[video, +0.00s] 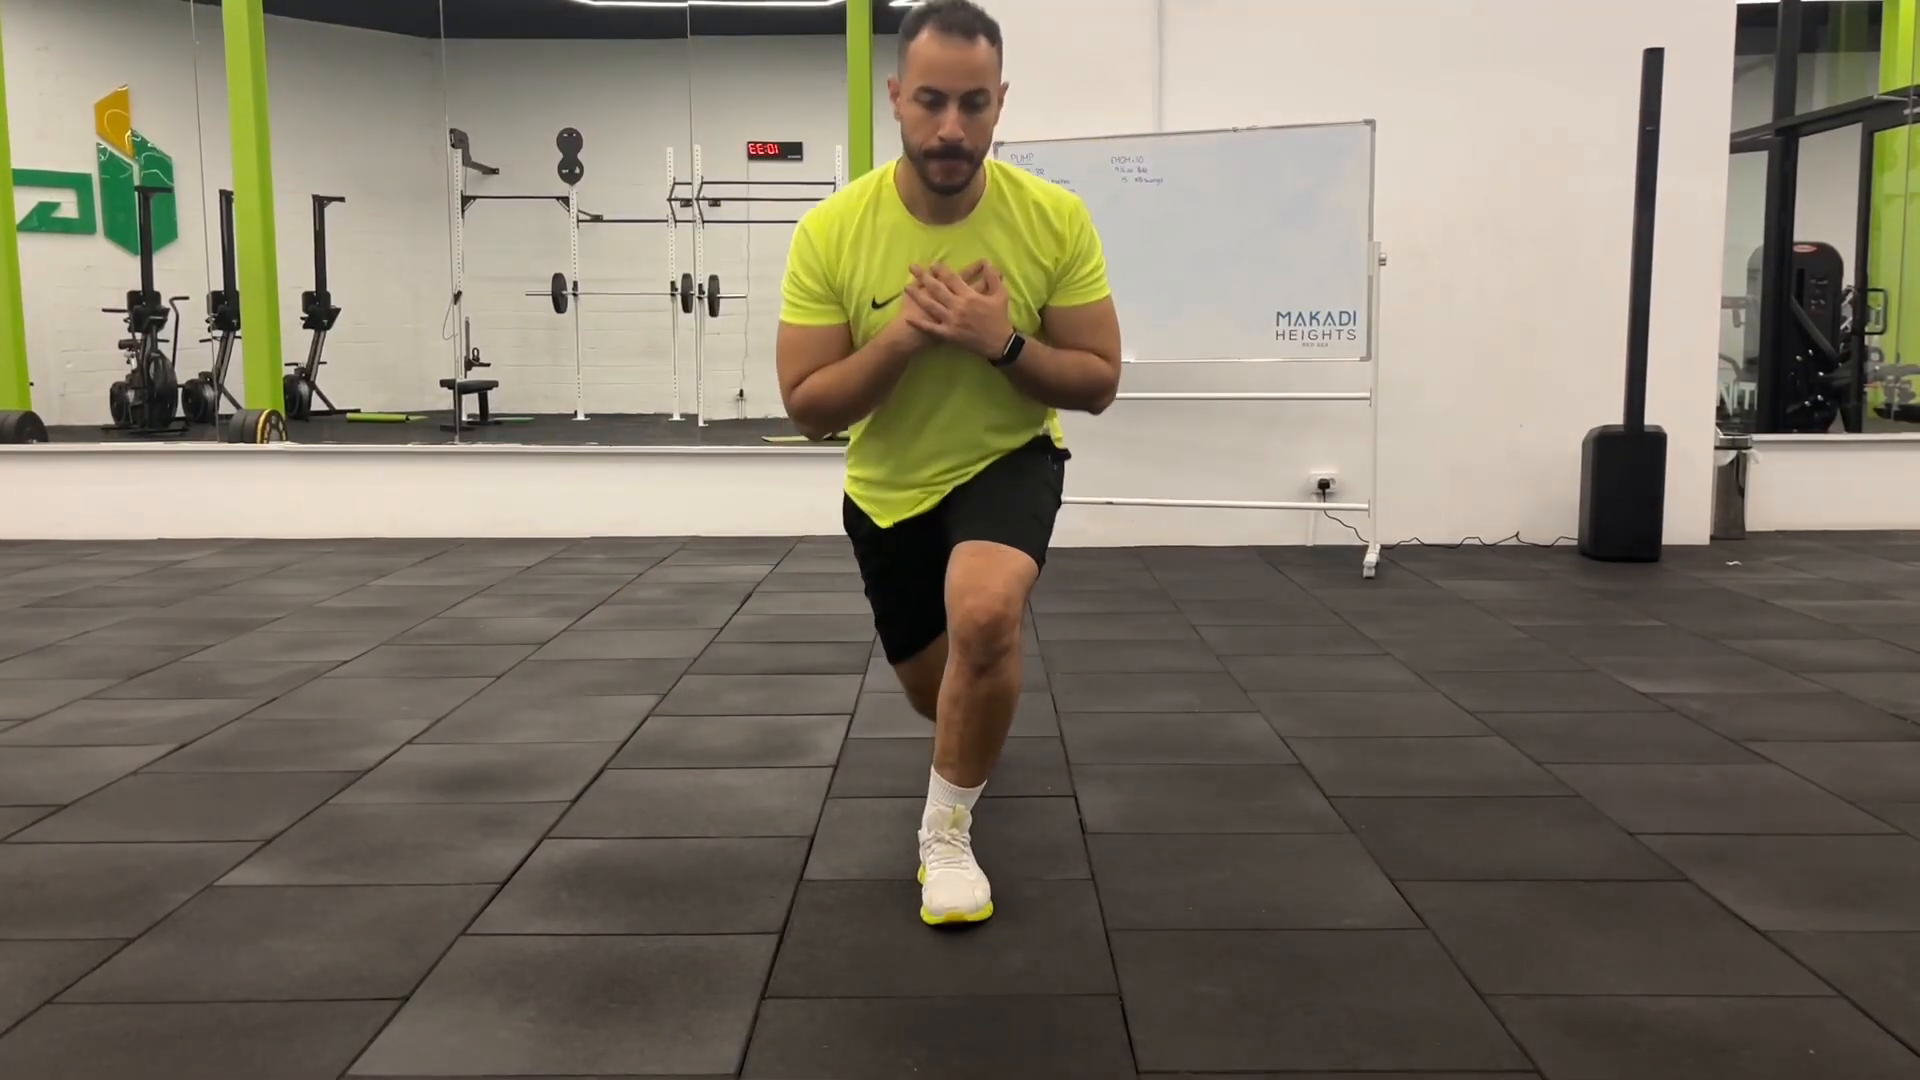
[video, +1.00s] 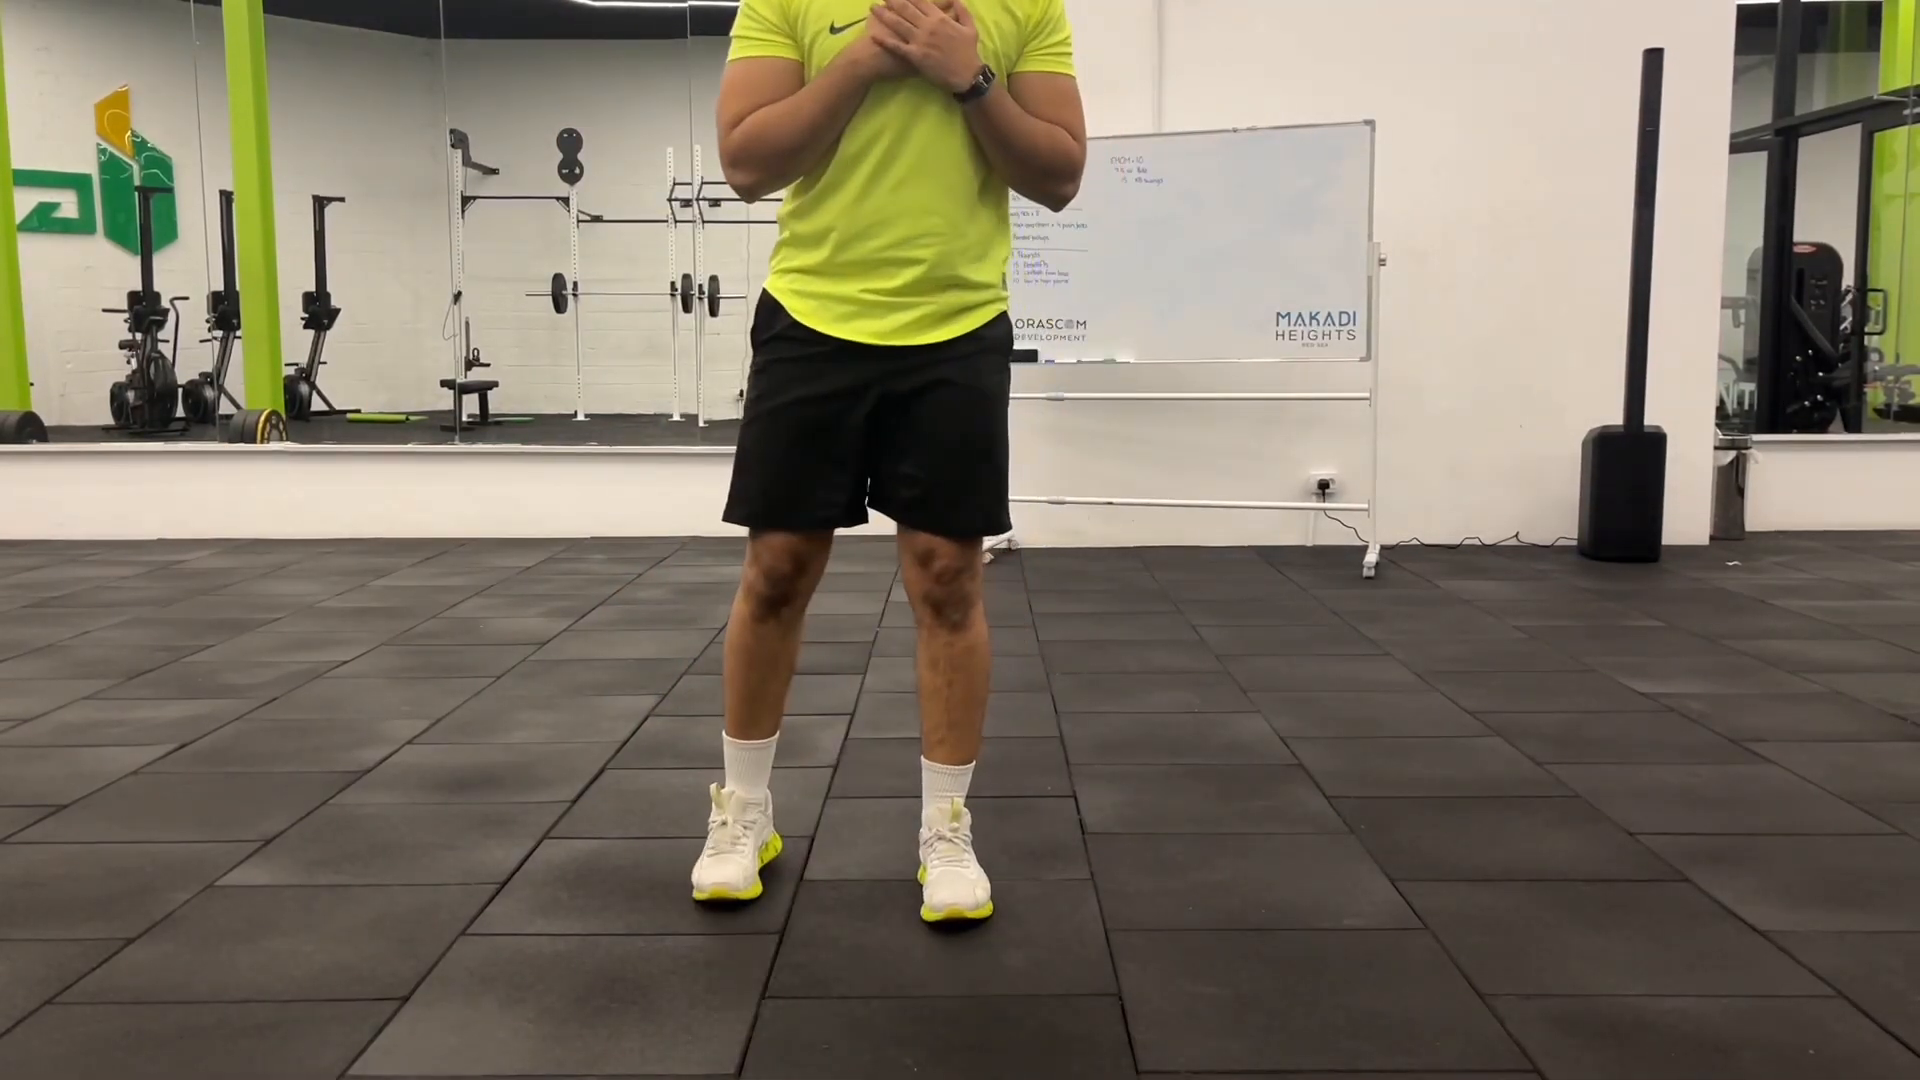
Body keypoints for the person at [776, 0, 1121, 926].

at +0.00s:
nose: (951, 130)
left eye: (974, 105)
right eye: (930, 102)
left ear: (1000, 103)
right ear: (896, 98)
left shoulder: (1054, 221)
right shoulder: (832, 232)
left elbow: (1099, 383)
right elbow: (809, 404)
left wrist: (1004, 342)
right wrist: (905, 332)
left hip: (1010, 453)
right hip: (889, 480)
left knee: (985, 618)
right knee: (930, 691)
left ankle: (948, 831)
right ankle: (978, 707)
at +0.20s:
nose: (965, 26)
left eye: (988, 5)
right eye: (944, 3)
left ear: (1013, 12)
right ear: (907, 4)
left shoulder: (1064, 121)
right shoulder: (828, 119)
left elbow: (1099, 294)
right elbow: (796, 303)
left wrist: (1004, 246)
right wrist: (899, 232)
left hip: (1001, 379)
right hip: (876, 391)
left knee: (977, 602)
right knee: (911, 615)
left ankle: (948, 830)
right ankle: (933, 691)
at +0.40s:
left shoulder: (1064, 45)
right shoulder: (828, 34)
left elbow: (1100, 232)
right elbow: (789, 225)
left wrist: (999, 166)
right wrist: (891, 148)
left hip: (995, 340)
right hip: (860, 340)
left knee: (969, 586)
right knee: (859, 592)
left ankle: (948, 827)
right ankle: (879, 707)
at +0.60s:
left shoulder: (1059, 13)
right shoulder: (818, 8)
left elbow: (1092, 192)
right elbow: (779, 181)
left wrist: (986, 109)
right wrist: (871, 88)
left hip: (983, 327)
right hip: (841, 317)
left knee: (959, 576)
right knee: (804, 573)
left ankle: (947, 834)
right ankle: (776, 787)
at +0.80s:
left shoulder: (1034, 7)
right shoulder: (797, 3)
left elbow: (1072, 182)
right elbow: (759, 172)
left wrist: (974, 89)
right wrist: (864, 66)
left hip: (965, 324)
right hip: (822, 317)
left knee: (952, 574)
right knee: (782, 571)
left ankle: (948, 838)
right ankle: (743, 813)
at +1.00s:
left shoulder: (1021, 6)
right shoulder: (785, 1)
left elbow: (1060, 177)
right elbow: (747, 163)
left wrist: (973, 81)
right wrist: (863, 56)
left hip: (957, 322)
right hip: (813, 315)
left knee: (947, 578)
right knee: (777, 572)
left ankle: (948, 841)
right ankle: (742, 813)